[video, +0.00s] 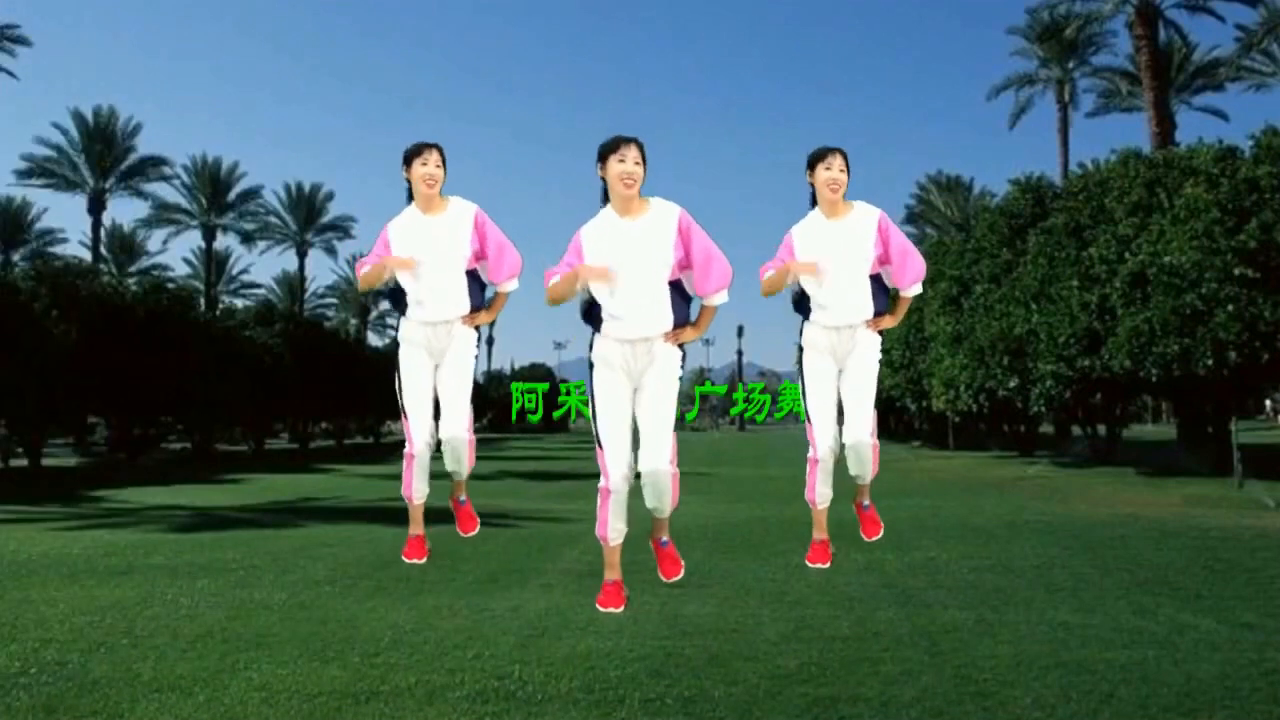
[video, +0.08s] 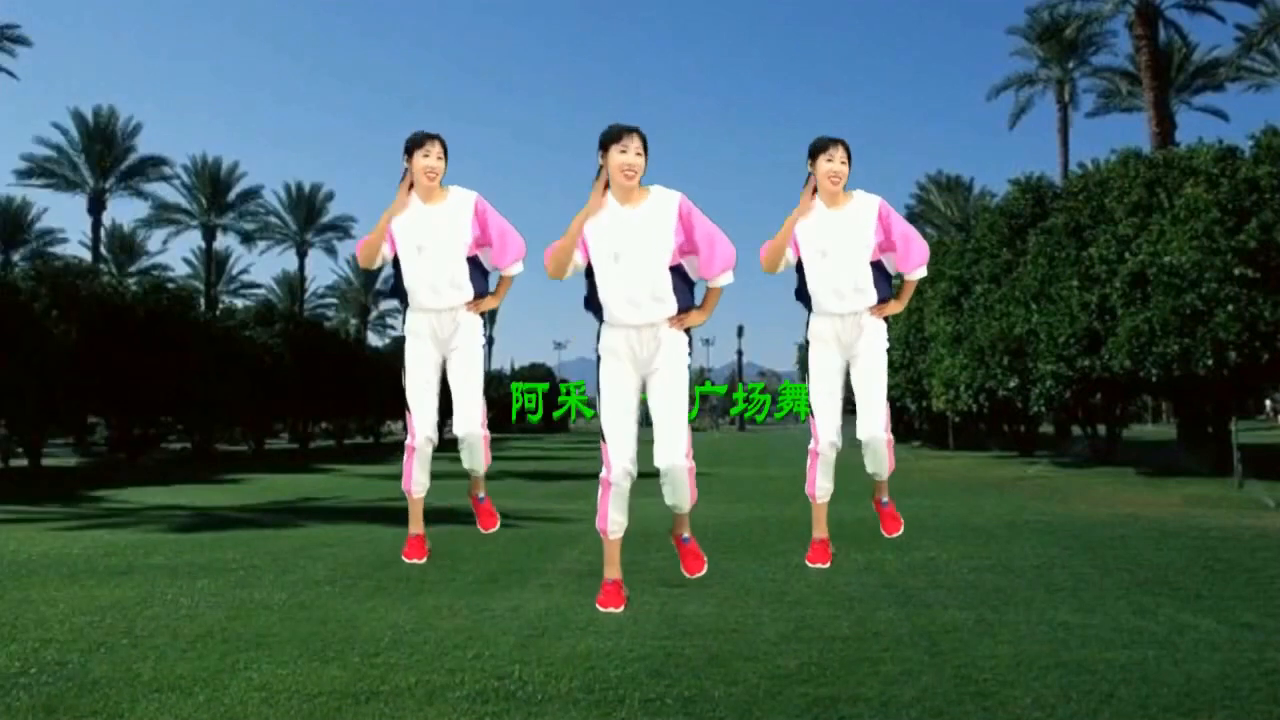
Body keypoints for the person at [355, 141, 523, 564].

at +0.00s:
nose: (431, 170)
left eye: (437, 164)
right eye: (423, 164)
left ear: (445, 174)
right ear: (408, 174)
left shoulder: (468, 215)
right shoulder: (397, 227)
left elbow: (509, 262)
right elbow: (364, 282)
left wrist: (491, 310)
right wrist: (386, 265)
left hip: (459, 330)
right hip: (415, 332)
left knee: (456, 431)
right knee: (419, 432)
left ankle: (459, 496)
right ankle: (416, 529)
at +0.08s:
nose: (433, 163)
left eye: (439, 157)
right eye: (425, 157)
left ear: (446, 165)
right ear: (409, 164)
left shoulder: (468, 203)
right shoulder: (397, 214)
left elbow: (512, 250)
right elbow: (366, 260)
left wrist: (496, 296)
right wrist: (391, 211)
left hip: (464, 320)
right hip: (420, 325)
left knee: (470, 426)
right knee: (422, 429)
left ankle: (479, 493)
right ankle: (415, 529)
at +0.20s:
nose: (436, 159)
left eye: (443, 152)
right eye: (429, 151)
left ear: (451, 158)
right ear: (413, 156)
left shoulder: (473, 194)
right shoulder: (404, 199)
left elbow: (521, 233)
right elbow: (389, 226)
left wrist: (506, 281)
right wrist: (397, 173)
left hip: (476, 307)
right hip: (431, 311)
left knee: (492, 420)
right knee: (428, 423)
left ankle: (513, 504)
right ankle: (416, 529)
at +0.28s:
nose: (440, 166)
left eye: (446, 159)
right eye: (432, 158)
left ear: (454, 164)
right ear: (417, 164)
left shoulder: (477, 199)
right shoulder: (408, 207)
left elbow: (525, 237)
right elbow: (405, 232)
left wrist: (512, 285)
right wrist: (411, 175)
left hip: (482, 311)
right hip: (438, 315)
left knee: (497, 423)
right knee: (433, 427)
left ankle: (521, 511)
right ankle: (417, 526)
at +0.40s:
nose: (447, 188)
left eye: (453, 181)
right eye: (439, 181)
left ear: (461, 187)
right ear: (424, 188)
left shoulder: (487, 224)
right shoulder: (418, 234)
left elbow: (535, 261)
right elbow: (423, 258)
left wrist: (522, 309)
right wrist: (423, 208)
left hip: (495, 343)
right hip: (450, 346)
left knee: (502, 451)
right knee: (445, 448)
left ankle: (523, 522)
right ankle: (419, 531)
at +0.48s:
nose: (449, 178)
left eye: (454, 172)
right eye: (441, 172)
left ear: (462, 178)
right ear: (425, 179)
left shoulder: (488, 216)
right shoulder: (421, 225)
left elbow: (534, 256)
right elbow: (417, 254)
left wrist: (522, 302)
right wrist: (423, 200)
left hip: (494, 335)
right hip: (450, 339)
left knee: (505, 441)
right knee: (444, 442)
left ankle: (523, 520)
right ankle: (419, 530)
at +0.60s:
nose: (445, 147)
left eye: (450, 140)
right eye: (437, 141)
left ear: (459, 145)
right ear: (422, 148)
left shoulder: (485, 180)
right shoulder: (418, 190)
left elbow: (529, 220)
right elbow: (410, 219)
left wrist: (513, 269)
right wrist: (416, 167)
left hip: (487, 295)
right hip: (443, 299)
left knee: (498, 414)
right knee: (435, 413)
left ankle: (506, 494)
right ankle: (419, 517)